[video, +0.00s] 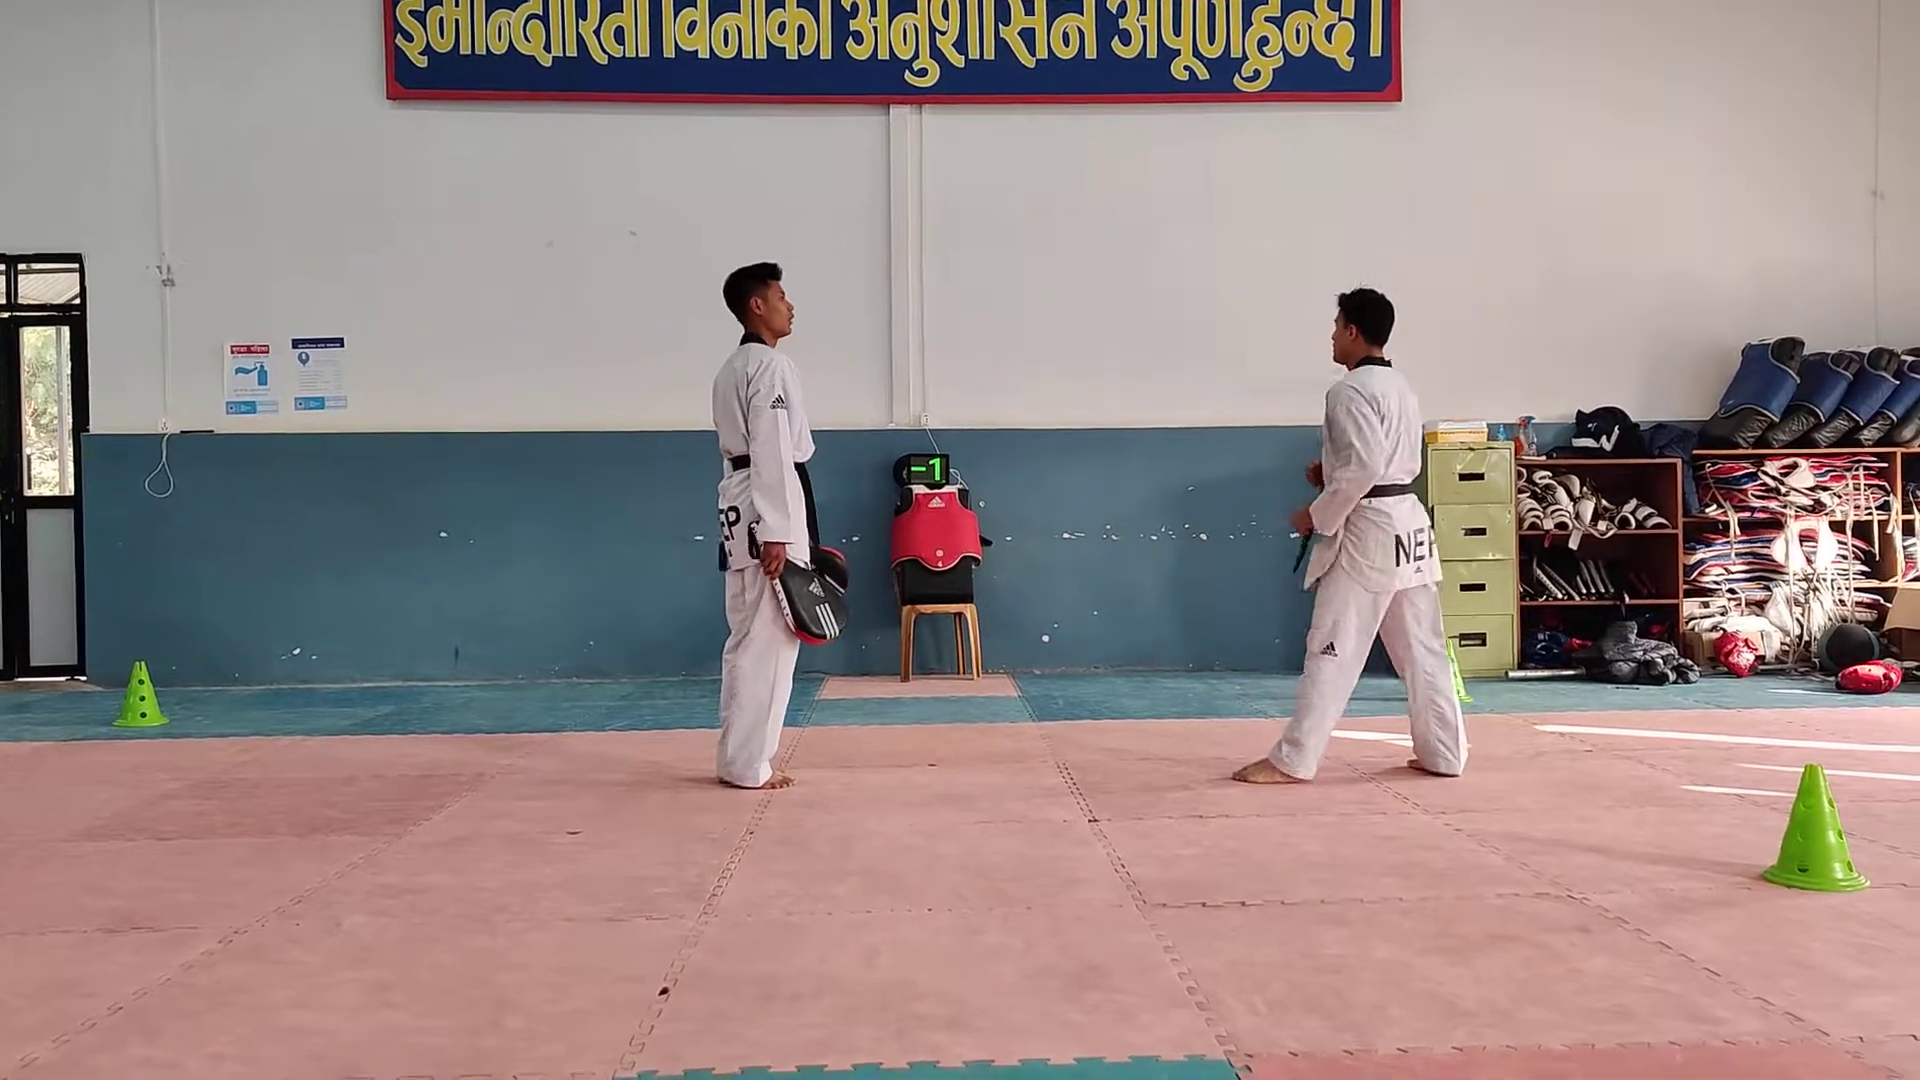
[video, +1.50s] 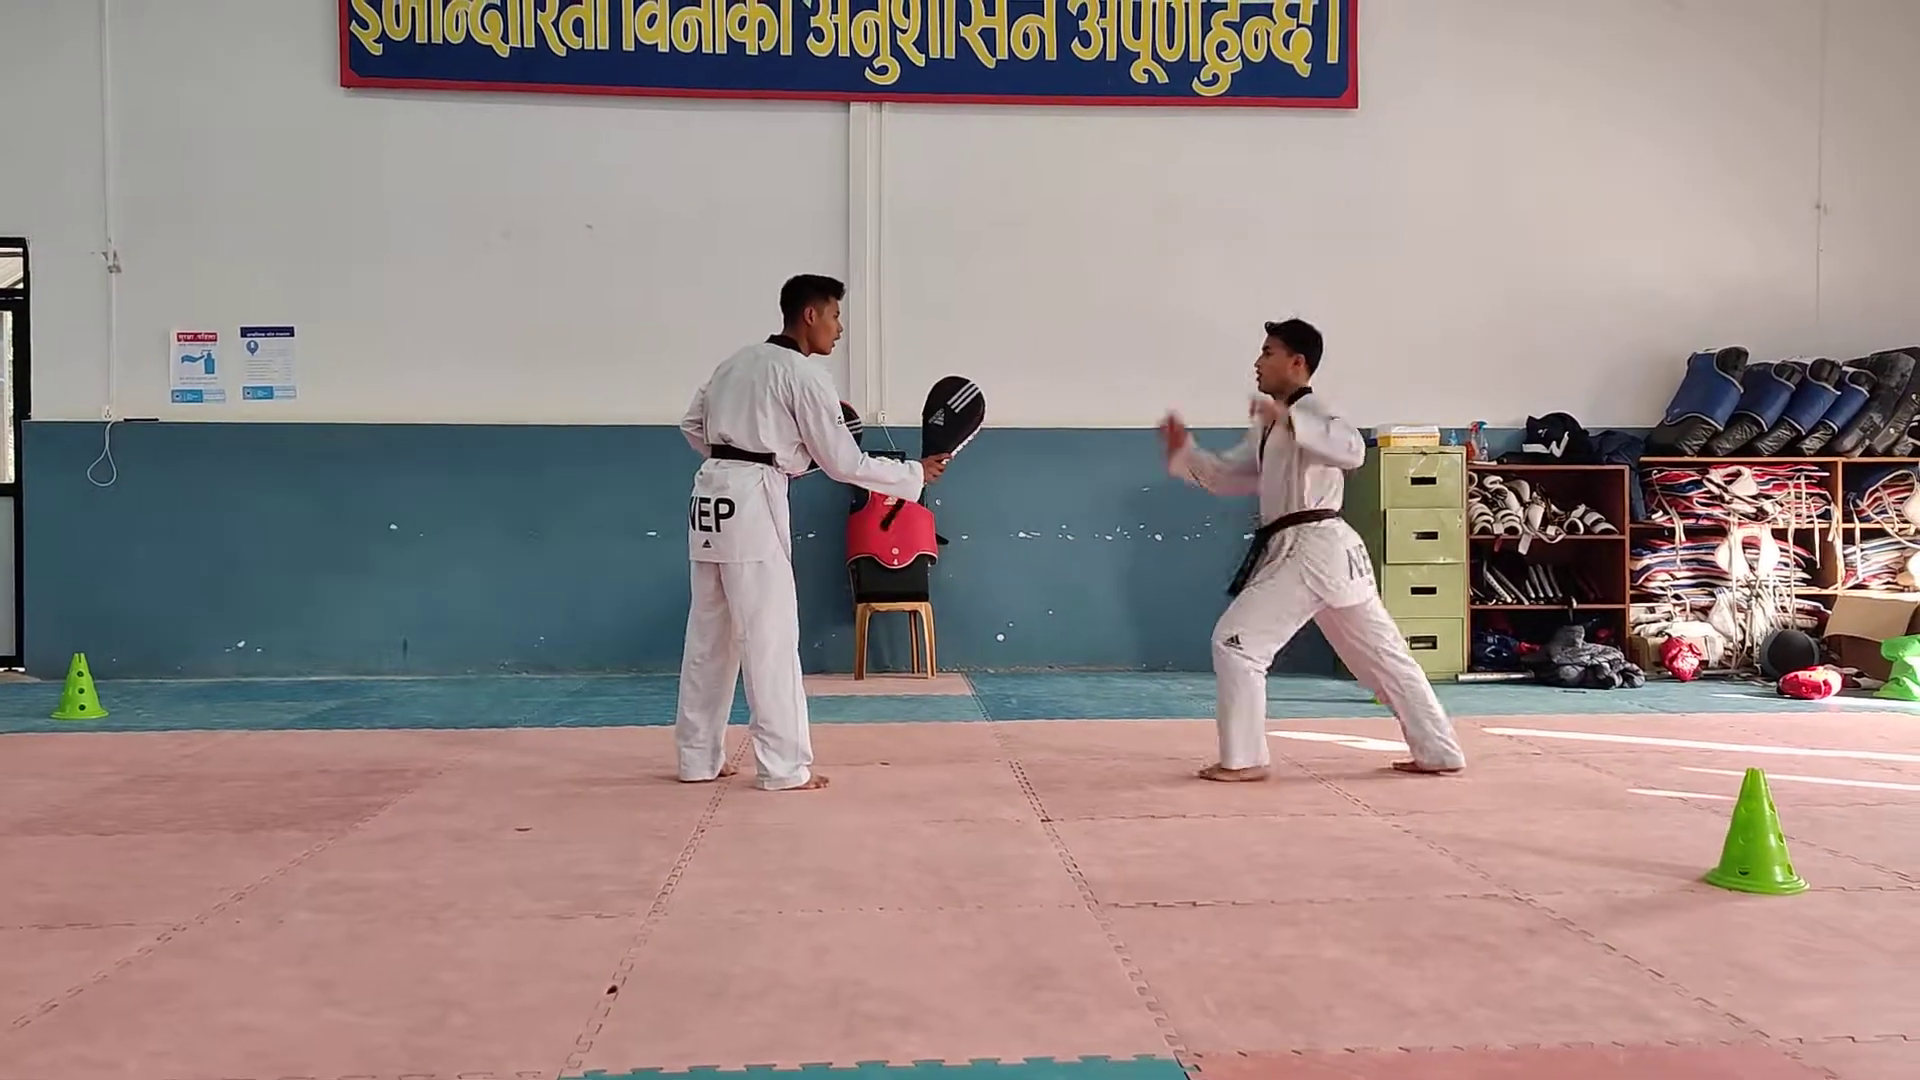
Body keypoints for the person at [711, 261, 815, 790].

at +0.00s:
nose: (790, 305)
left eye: (786, 296)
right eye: (781, 297)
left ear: (751, 308)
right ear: (758, 306)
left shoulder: (732, 368)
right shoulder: (769, 365)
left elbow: (742, 460)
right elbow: (771, 457)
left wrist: (798, 534)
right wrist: (775, 532)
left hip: (739, 513)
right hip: (767, 514)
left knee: (748, 636)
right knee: (769, 638)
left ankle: (740, 757)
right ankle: (748, 763)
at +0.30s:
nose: (777, 300)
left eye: (772, 291)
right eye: (768, 292)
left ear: (736, 305)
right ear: (743, 301)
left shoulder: (711, 368)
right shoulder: (762, 357)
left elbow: (727, 455)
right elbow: (768, 446)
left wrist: (795, 528)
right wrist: (779, 519)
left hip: (721, 508)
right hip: (759, 507)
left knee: (733, 630)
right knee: (802, 625)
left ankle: (725, 753)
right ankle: (778, 754)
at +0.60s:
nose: (786, 294)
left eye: (781, 284)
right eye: (778, 286)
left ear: (745, 299)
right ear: (754, 295)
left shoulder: (712, 362)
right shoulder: (777, 353)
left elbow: (701, 448)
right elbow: (781, 441)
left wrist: (718, 503)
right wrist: (787, 518)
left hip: (723, 499)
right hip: (766, 497)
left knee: (729, 628)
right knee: (792, 629)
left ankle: (717, 749)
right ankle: (812, 758)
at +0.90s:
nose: (814, 298)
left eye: (810, 287)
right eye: (806, 288)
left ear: (771, 298)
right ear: (780, 295)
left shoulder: (726, 357)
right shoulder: (801, 356)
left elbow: (698, 433)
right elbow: (818, 447)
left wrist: (729, 487)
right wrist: (844, 525)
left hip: (729, 494)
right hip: (779, 491)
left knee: (724, 627)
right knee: (794, 627)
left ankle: (708, 748)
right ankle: (802, 757)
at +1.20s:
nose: (842, 319)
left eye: (841, 308)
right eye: (836, 308)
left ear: (800, 309)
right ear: (811, 308)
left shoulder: (740, 357)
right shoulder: (814, 366)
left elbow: (701, 421)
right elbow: (862, 451)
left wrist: (742, 458)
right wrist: (935, 465)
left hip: (719, 488)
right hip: (766, 492)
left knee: (713, 626)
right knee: (776, 627)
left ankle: (701, 754)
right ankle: (788, 762)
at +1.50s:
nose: (839, 327)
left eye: (839, 316)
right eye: (834, 316)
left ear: (795, 316)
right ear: (809, 315)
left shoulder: (736, 362)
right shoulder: (804, 375)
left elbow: (693, 422)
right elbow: (841, 462)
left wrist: (733, 460)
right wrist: (915, 472)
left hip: (708, 495)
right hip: (754, 502)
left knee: (708, 633)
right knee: (769, 633)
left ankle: (697, 759)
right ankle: (783, 766)